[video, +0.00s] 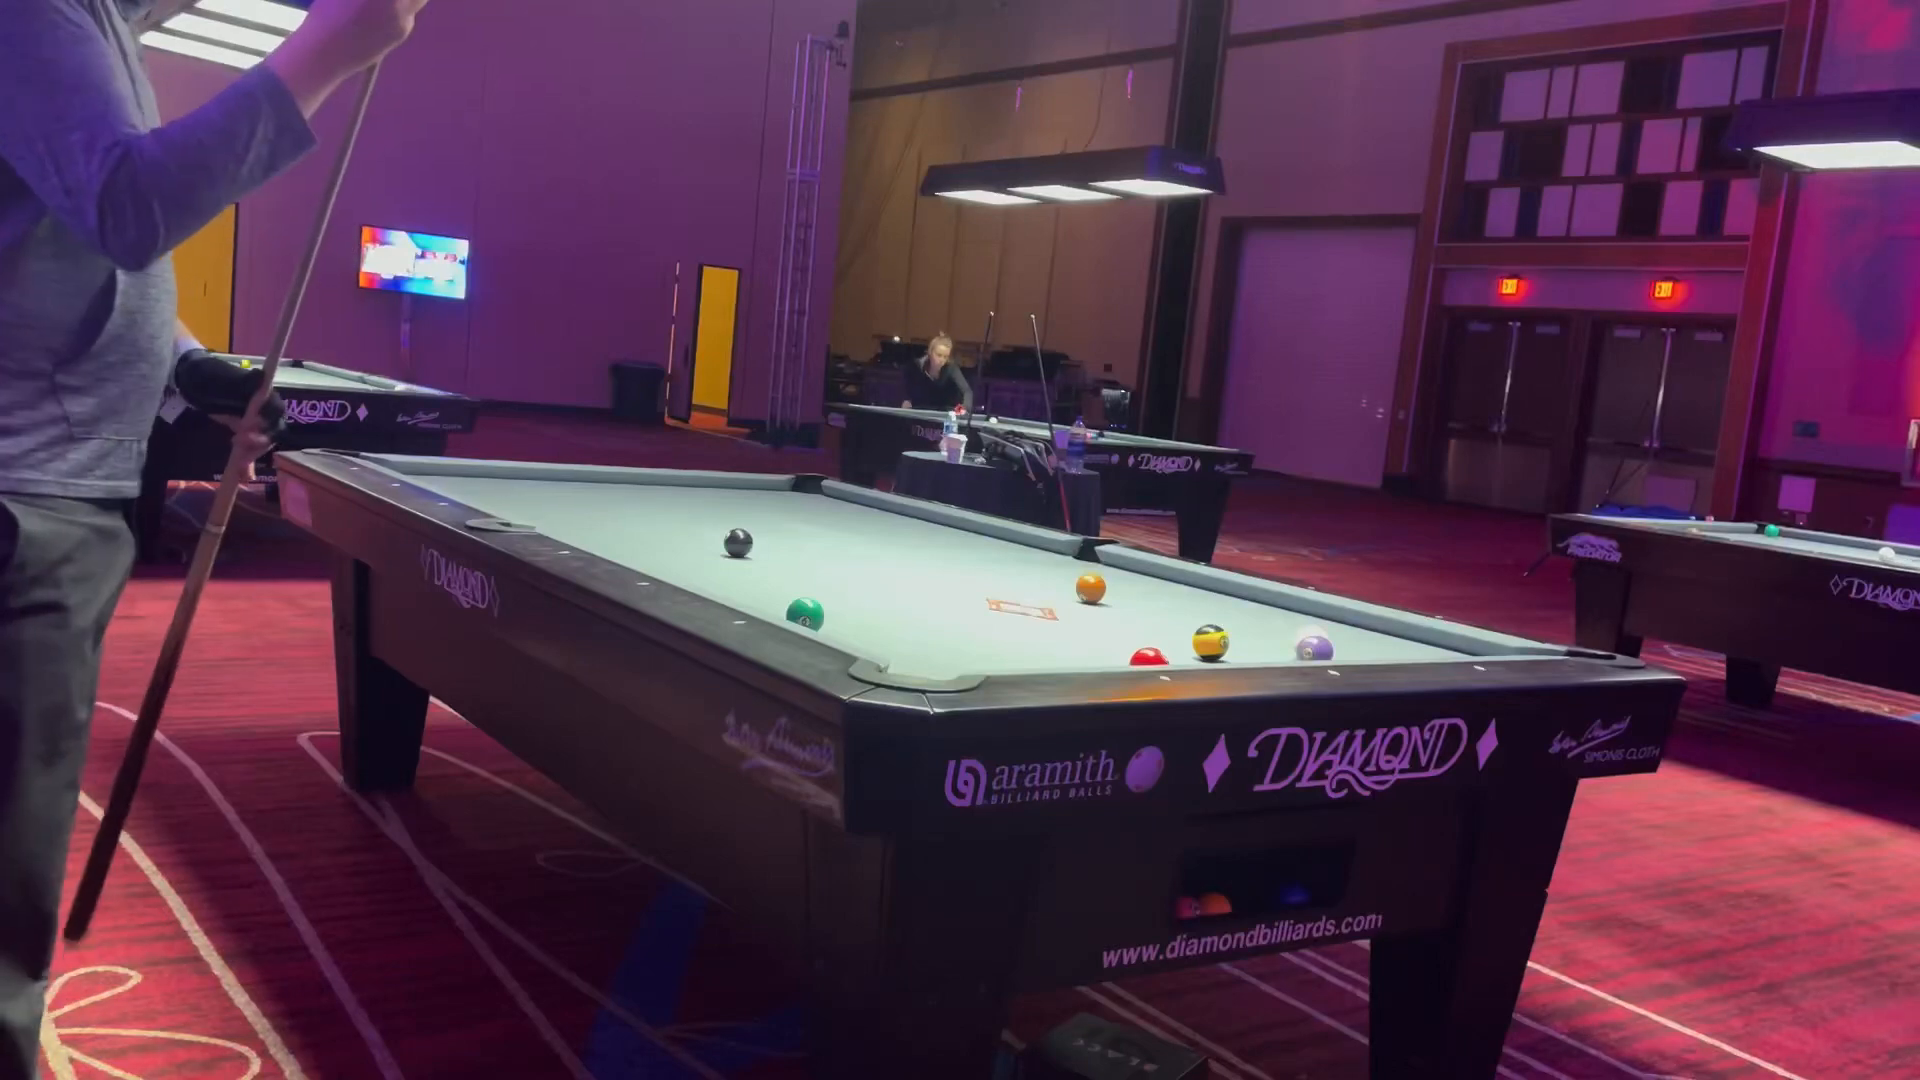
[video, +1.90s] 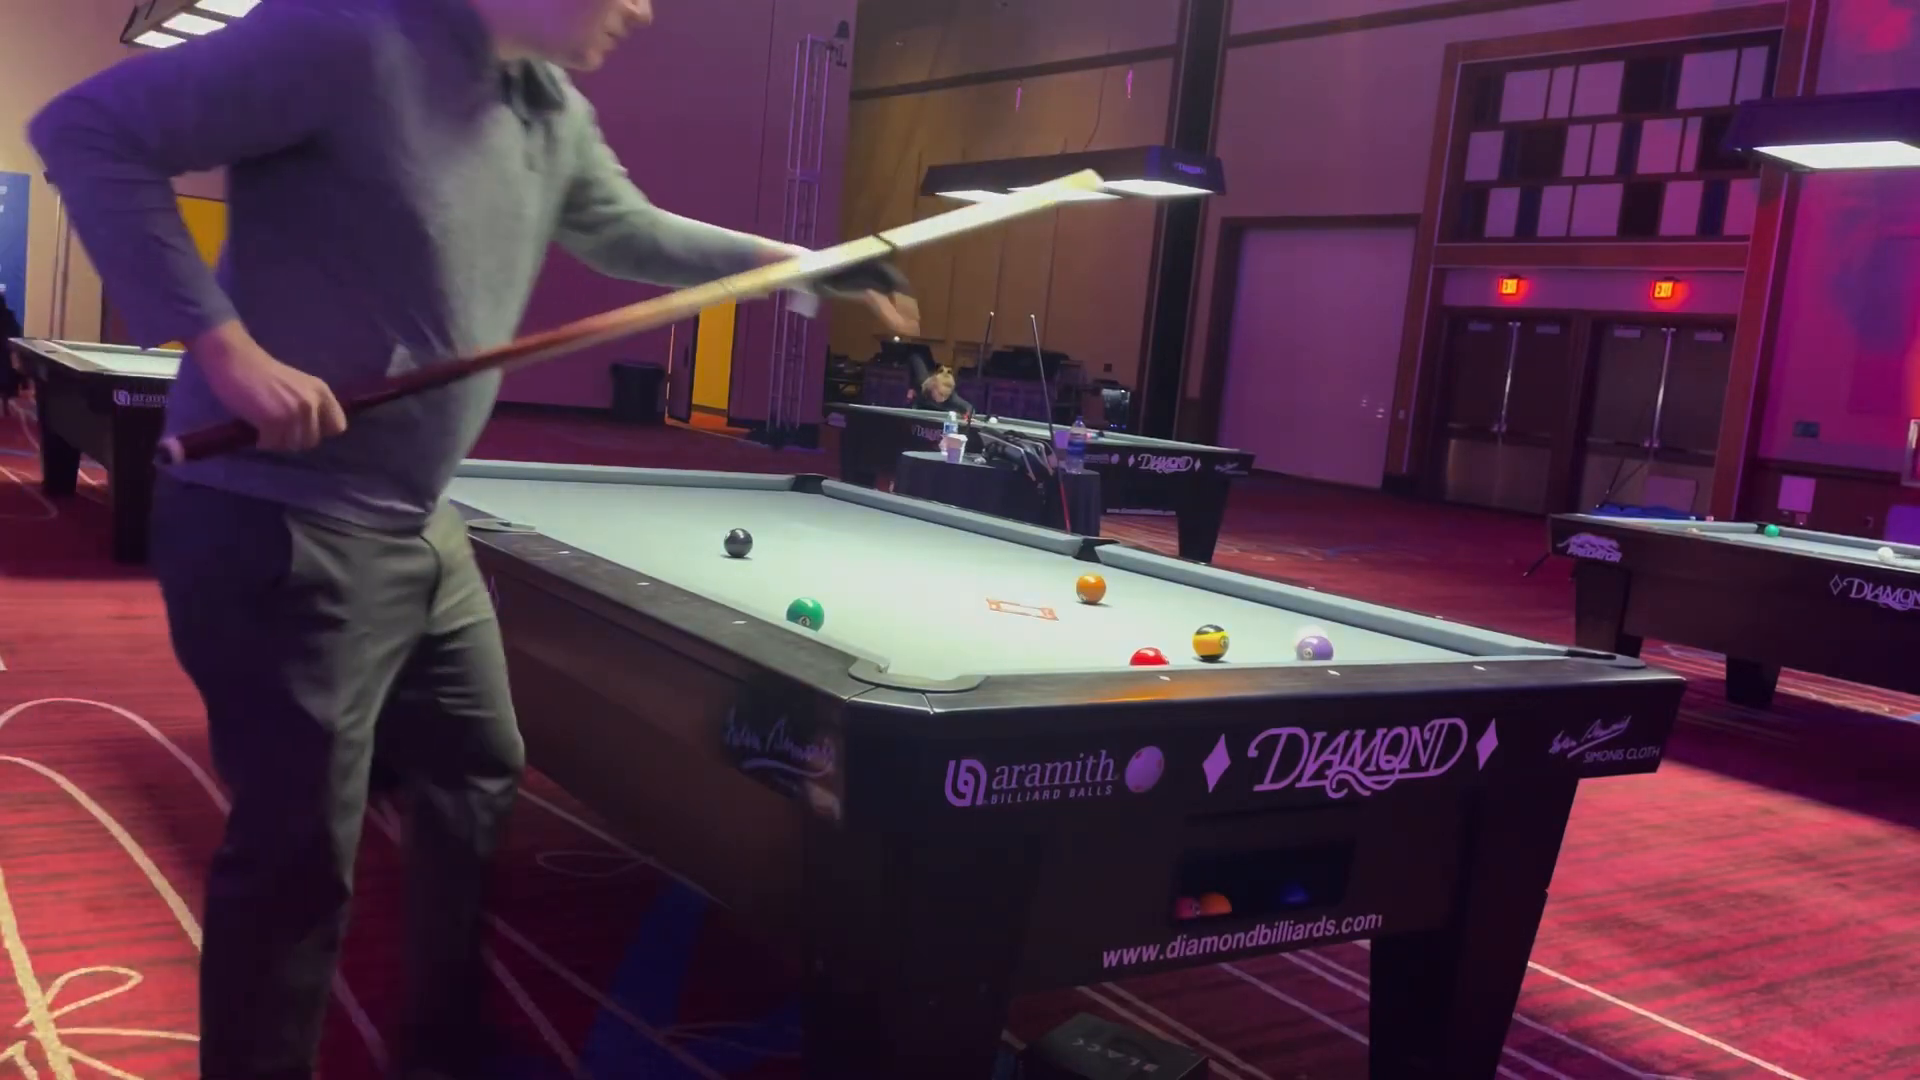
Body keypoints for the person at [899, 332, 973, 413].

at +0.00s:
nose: (942, 360)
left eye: (945, 357)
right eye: (938, 355)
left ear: (948, 357)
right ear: (930, 352)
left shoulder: (950, 369)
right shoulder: (915, 365)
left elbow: (966, 391)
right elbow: (904, 381)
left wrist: (964, 409)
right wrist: (905, 399)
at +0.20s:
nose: (944, 369)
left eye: (947, 365)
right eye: (941, 364)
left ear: (950, 365)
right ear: (932, 359)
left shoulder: (952, 374)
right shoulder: (916, 367)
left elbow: (966, 396)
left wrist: (966, 412)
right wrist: (907, 392)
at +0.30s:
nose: (944, 372)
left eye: (948, 368)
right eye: (941, 367)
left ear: (951, 368)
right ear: (933, 362)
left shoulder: (952, 377)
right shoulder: (918, 368)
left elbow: (967, 397)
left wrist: (967, 413)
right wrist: (907, 390)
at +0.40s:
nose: (944, 374)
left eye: (948, 371)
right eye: (942, 369)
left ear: (951, 370)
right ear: (933, 364)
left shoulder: (953, 380)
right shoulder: (918, 369)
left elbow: (966, 397)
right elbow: (909, 364)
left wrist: (965, 412)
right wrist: (908, 389)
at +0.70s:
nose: (944, 385)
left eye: (947, 381)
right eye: (941, 379)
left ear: (951, 381)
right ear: (933, 373)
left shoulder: (951, 387)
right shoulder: (920, 374)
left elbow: (966, 402)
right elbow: (911, 361)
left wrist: (966, 412)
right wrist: (908, 388)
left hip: (943, 411)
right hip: (920, 405)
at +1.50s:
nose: (943, 395)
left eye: (946, 392)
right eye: (941, 391)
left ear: (950, 390)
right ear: (933, 384)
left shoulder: (952, 397)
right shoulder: (922, 383)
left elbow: (968, 407)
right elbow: (914, 357)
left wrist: (967, 414)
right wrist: (910, 387)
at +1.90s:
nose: (943, 399)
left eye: (946, 396)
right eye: (940, 394)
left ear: (950, 393)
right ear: (932, 387)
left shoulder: (953, 400)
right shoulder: (922, 385)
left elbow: (968, 408)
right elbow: (914, 357)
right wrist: (911, 387)